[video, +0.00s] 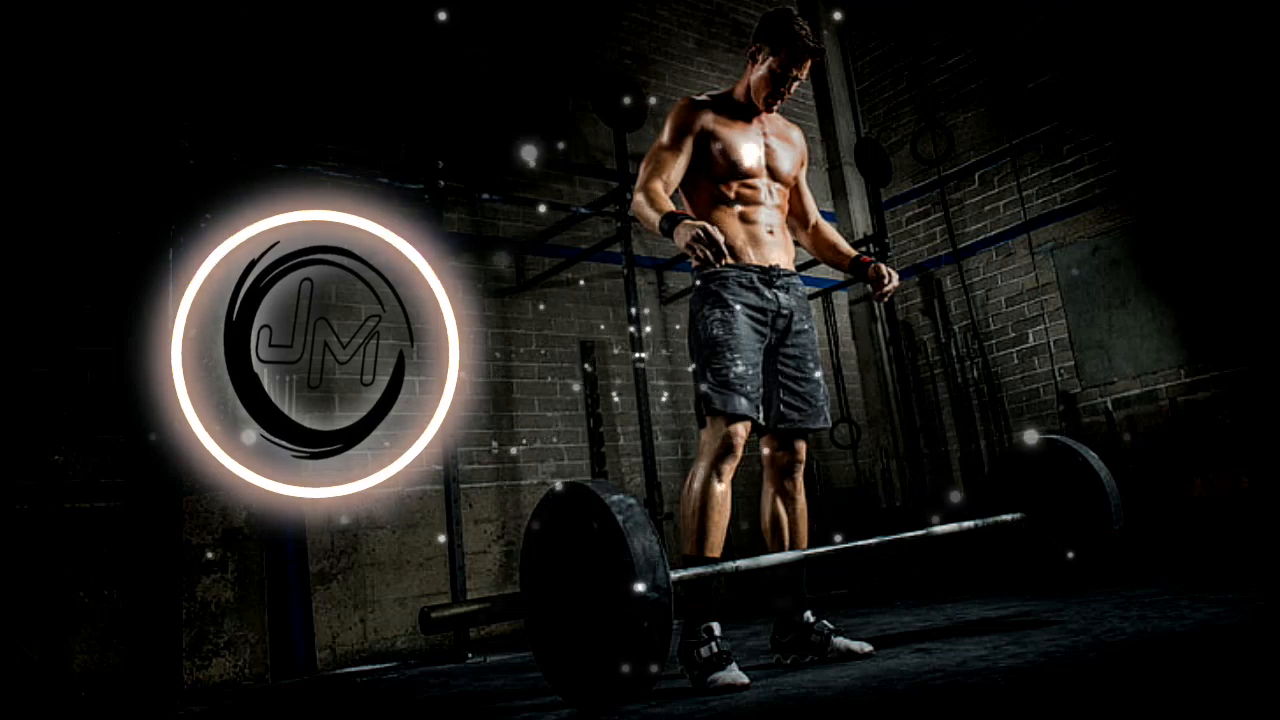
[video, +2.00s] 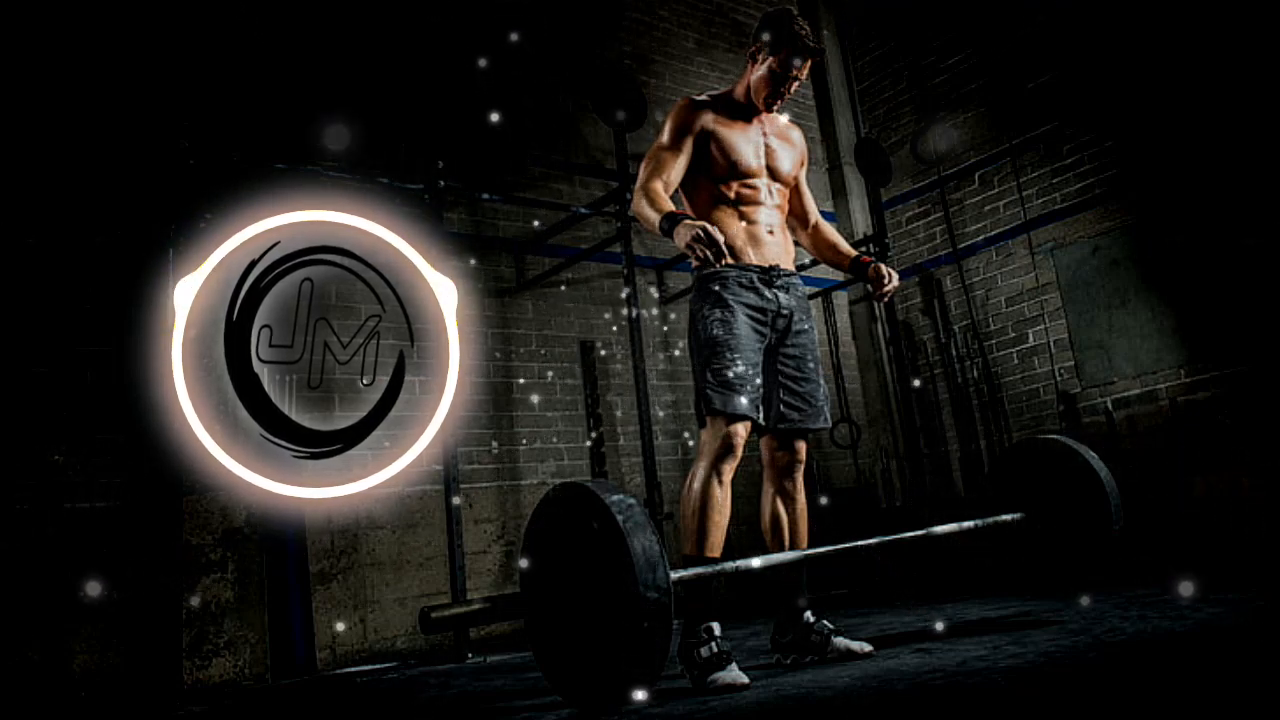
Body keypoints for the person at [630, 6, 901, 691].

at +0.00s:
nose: (790, 89)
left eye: (800, 79)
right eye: (786, 73)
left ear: (802, 77)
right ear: (756, 57)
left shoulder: (792, 136)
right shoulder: (697, 115)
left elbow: (808, 224)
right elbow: (645, 198)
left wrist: (860, 264)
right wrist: (677, 226)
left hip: (790, 297)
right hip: (730, 293)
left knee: (790, 455)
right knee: (729, 438)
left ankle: (797, 624)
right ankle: (699, 634)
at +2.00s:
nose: (787, 93)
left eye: (798, 83)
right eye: (783, 76)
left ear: (802, 77)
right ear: (756, 57)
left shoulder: (792, 135)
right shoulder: (698, 115)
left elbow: (808, 224)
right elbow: (645, 198)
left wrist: (860, 265)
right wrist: (676, 226)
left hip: (790, 296)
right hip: (730, 292)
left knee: (790, 454)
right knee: (729, 437)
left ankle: (797, 624)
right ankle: (698, 634)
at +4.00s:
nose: (788, 93)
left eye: (798, 82)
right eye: (785, 77)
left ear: (801, 77)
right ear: (756, 59)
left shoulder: (792, 137)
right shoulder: (697, 115)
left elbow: (809, 224)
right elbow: (645, 199)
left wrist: (861, 265)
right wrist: (676, 225)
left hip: (790, 296)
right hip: (730, 292)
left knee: (790, 454)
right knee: (729, 438)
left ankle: (798, 626)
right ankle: (699, 634)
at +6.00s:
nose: (789, 89)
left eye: (799, 79)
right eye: (787, 73)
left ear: (800, 76)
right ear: (756, 57)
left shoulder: (792, 137)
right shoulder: (697, 116)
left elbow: (808, 224)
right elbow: (646, 198)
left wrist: (860, 264)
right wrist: (676, 226)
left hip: (791, 297)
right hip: (731, 292)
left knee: (790, 455)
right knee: (729, 437)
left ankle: (797, 624)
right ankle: (699, 634)